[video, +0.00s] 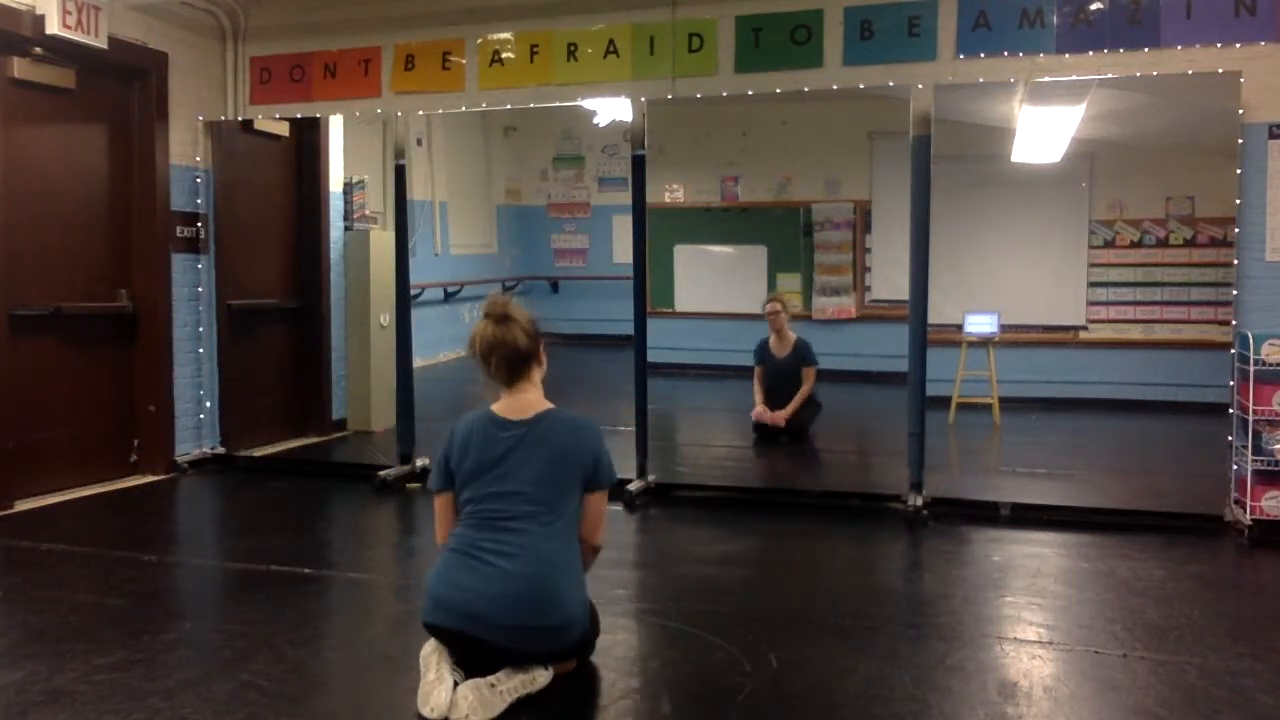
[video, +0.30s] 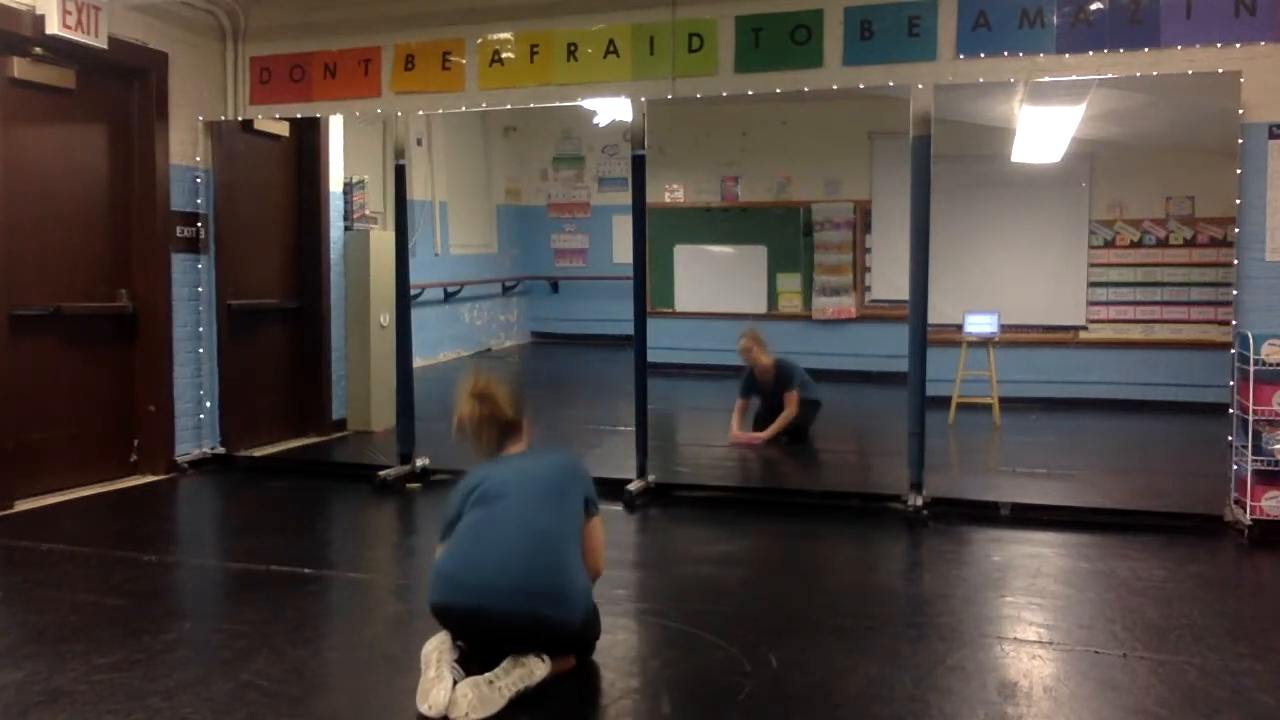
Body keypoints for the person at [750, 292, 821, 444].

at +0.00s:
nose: (773, 318)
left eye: (777, 313)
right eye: (769, 315)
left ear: (787, 315)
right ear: (765, 318)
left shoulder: (802, 347)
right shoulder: (762, 347)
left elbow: (808, 384)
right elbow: (757, 380)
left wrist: (786, 412)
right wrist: (759, 405)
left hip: (799, 401)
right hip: (772, 402)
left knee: (796, 430)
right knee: (761, 430)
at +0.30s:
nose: (745, 356)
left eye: (748, 350)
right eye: (742, 352)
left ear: (759, 347)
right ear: (739, 354)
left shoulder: (785, 369)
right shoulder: (751, 375)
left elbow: (791, 409)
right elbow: (740, 406)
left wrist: (765, 435)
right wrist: (735, 431)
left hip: (805, 401)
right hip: (774, 401)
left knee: (795, 432)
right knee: (759, 429)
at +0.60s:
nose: (740, 393)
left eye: (742, 387)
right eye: (737, 389)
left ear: (753, 378)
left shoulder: (779, 384)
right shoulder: (748, 389)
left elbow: (759, 420)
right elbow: (729, 417)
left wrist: (731, 440)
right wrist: (710, 435)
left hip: (803, 400)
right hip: (777, 402)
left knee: (794, 439)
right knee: (762, 441)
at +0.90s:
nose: (753, 354)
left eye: (757, 348)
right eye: (749, 349)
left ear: (765, 348)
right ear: (744, 351)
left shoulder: (780, 368)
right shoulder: (747, 371)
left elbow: (757, 399)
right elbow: (736, 398)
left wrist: (732, 428)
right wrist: (722, 427)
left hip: (801, 399)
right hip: (773, 399)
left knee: (794, 435)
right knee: (762, 433)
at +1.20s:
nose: (768, 322)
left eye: (773, 318)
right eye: (764, 317)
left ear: (779, 322)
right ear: (758, 321)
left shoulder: (790, 349)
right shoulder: (751, 351)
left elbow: (811, 382)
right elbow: (746, 383)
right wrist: (756, 399)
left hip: (794, 403)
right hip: (766, 404)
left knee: (793, 441)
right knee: (761, 441)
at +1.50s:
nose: (786, 332)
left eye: (790, 328)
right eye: (782, 327)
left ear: (795, 329)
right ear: (774, 325)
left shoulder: (801, 353)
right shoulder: (759, 350)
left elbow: (815, 377)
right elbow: (750, 377)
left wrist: (800, 395)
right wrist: (767, 395)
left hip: (794, 406)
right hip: (768, 404)